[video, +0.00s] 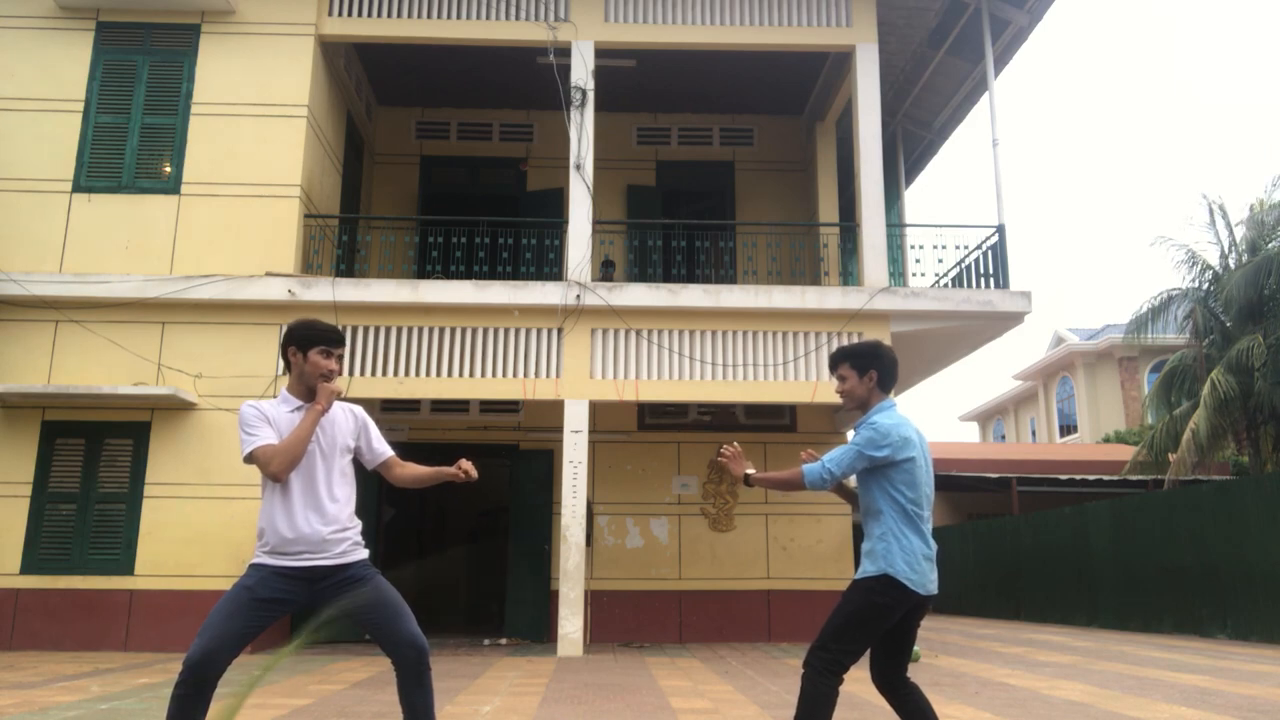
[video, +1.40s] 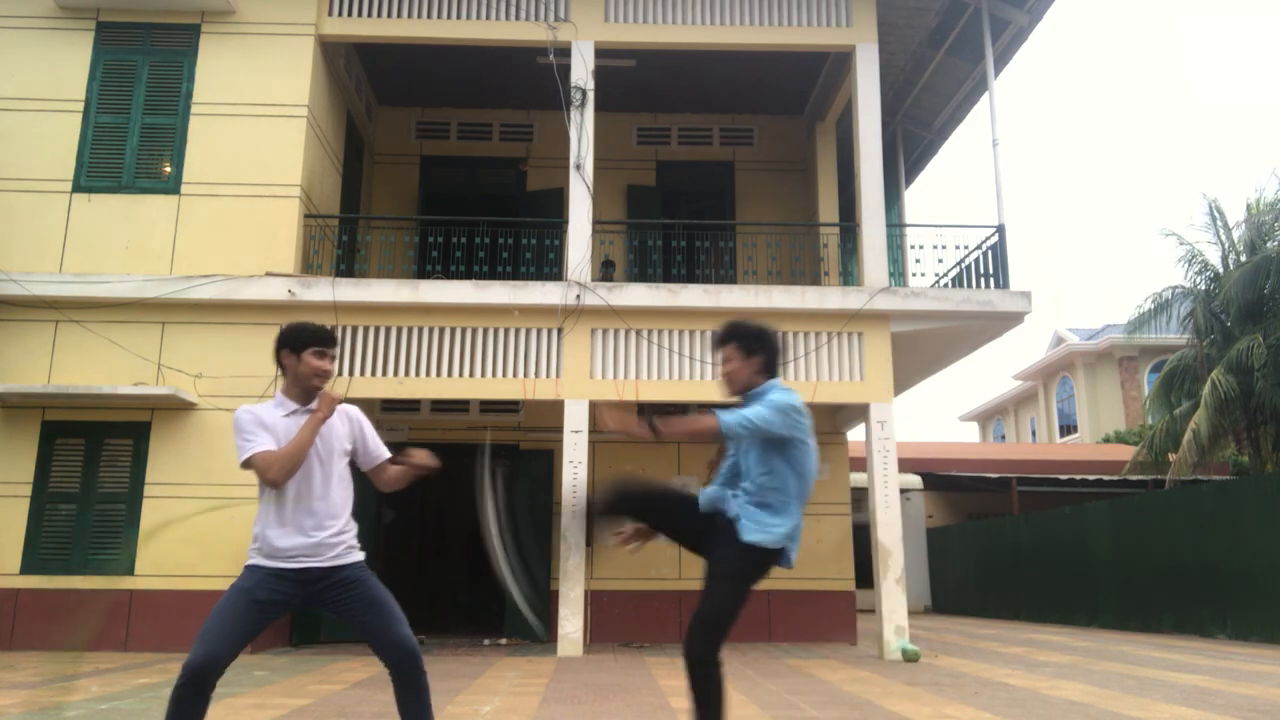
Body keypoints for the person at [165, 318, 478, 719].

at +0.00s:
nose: (334, 367)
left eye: (338, 358)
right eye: (324, 356)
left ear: (342, 362)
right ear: (293, 357)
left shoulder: (351, 416)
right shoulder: (257, 412)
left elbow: (396, 470)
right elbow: (276, 467)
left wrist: (448, 473)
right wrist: (319, 408)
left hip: (348, 570)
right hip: (274, 571)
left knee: (413, 649)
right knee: (199, 663)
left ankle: (422, 719)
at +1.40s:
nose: (328, 367)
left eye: (332, 358)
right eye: (318, 356)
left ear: (335, 364)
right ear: (287, 358)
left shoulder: (349, 416)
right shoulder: (252, 417)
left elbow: (385, 478)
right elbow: (274, 473)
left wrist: (413, 467)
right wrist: (318, 416)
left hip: (342, 568)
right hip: (272, 571)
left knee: (406, 655)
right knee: (198, 668)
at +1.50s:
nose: (290, 366)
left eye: (294, 358)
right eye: (279, 358)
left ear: (299, 366)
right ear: (251, 366)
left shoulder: (322, 418)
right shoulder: (225, 429)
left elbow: (365, 481)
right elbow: (251, 482)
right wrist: (295, 423)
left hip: (328, 573)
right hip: (256, 577)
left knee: (397, 656)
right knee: (182, 671)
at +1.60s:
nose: (224, 380)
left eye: (227, 371)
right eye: (212, 372)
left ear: (235, 377)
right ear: (188, 385)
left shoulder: (274, 423)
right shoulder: (178, 453)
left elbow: (320, 476)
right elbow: (207, 501)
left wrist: (298, 495)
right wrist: (240, 442)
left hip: (309, 576)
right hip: (238, 582)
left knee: (373, 662)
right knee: (151, 670)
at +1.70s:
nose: (173, 406)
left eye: (176, 398)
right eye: (159, 400)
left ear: (186, 404)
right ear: (134, 416)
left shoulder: (228, 436)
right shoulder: (141, 492)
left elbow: (289, 479)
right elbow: (177, 544)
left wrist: (282, 519)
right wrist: (188, 476)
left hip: (295, 578)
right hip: (225, 590)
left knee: (361, 668)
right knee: (132, 667)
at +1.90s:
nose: (125, 416)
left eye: (127, 407)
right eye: (110, 409)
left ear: (134, 413)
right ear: (81, 426)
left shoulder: (179, 444)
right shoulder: (93, 504)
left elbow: (238, 491)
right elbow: (137, 563)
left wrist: (252, 548)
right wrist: (141, 489)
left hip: (251, 586)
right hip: (180, 599)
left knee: (313, 681)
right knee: (89, 673)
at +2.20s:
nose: (123, 387)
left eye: (126, 379)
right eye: (109, 379)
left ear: (131, 384)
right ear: (77, 391)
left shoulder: (167, 427)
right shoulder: (67, 470)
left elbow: (221, 481)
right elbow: (103, 539)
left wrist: (220, 547)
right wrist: (130, 469)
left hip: (217, 574)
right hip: (152, 586)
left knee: (268, 672)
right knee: (81, 675)